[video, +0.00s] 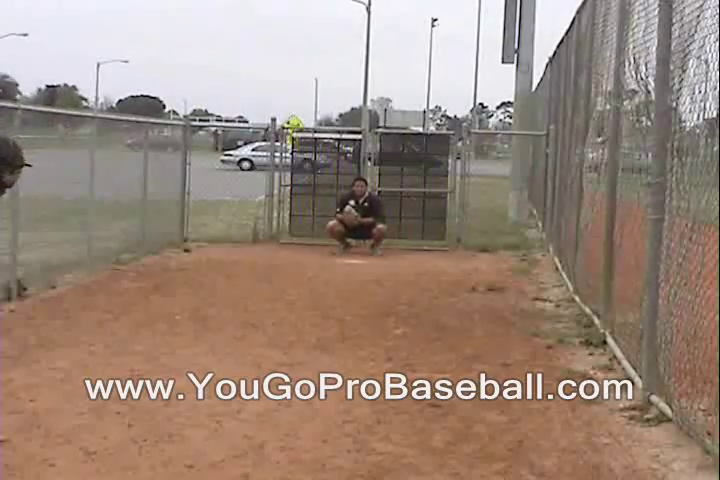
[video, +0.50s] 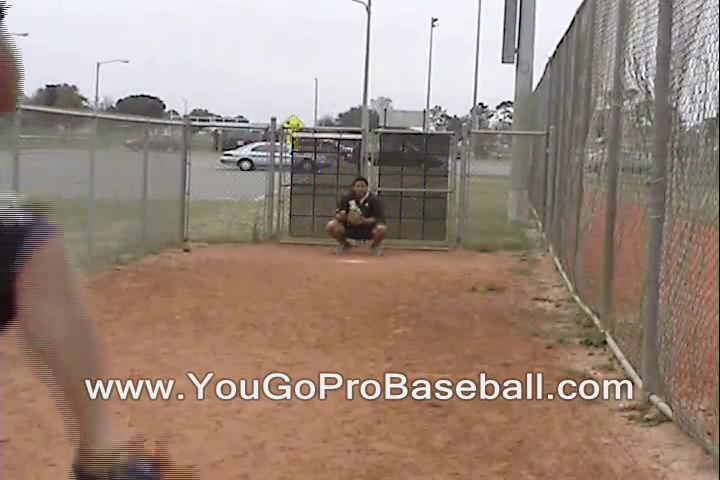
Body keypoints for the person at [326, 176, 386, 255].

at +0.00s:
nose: (359, 189)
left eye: (362, 186)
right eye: (357, 186)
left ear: (366, 188)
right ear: (353, 188)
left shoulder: (373, 199)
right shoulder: (346, 197)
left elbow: (379, 218)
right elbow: (338, 214)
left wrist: (360, 220)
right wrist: (345, 219)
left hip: (366, 227)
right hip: (349, 226)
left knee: (381, 229)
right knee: (332, 226)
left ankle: (374, 246)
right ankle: (345, 244)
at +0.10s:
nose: (359, 189)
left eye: (362, 186)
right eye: (357, 186)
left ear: (366, 188)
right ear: (353, 188)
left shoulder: (374, 200)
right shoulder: (346, 198)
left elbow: (378, 218)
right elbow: (338, 214)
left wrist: (361, 221)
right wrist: (345, 218)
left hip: (366, 228)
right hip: (349, 227)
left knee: (381, 229)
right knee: (332, 226)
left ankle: (374, 246)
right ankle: (345, 244)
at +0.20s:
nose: (359, 189)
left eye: (362, 186)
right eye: (357, 186)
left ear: (366, 188)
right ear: (353, 188)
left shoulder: (374, 200)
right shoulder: (346, 198)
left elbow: (379, 218)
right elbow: (338, 213)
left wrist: (361, 221)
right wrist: (344, 218)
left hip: (366, 228)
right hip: (349, 226)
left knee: (381, 229)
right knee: (332, 226)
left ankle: (375, 246)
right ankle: (345, 244)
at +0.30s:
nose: (359, 189)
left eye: (362, 186)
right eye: (357, 186)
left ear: (366, 188)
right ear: (353, 188)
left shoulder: (374, 200)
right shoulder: (346, 199)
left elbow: (379, 218)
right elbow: (338, 214)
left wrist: (362, 221)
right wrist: (344, 217)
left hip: (366, 227)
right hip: (349, 226)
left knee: (381, 229)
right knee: (331, 226)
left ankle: (375, 246)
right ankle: (345, 244)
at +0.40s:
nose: (359, 189)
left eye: (362, 186)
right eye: (357, 186)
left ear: (366, 188)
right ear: (353, 188)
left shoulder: (374, 200)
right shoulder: (346, 199)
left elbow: (379, 218)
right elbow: (338, 214)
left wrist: (362, 221)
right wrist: (345, 217)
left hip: (366, 227)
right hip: (349, 227)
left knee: (381, 229)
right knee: (331, 226)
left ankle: (375, 246)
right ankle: (345, 244)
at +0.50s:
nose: (360, 189)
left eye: (362, 186)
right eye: (357, 186)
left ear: (367, 188)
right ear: (353, 188)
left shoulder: (374, 200)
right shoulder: (346, 199)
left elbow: (379, 219)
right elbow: (338, 215)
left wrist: (363, 221)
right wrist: (346, 217)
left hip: (366, 227)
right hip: (350, 227)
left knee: (381, 229)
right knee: (331, 226)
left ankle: (375, 246)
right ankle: (344, 244)